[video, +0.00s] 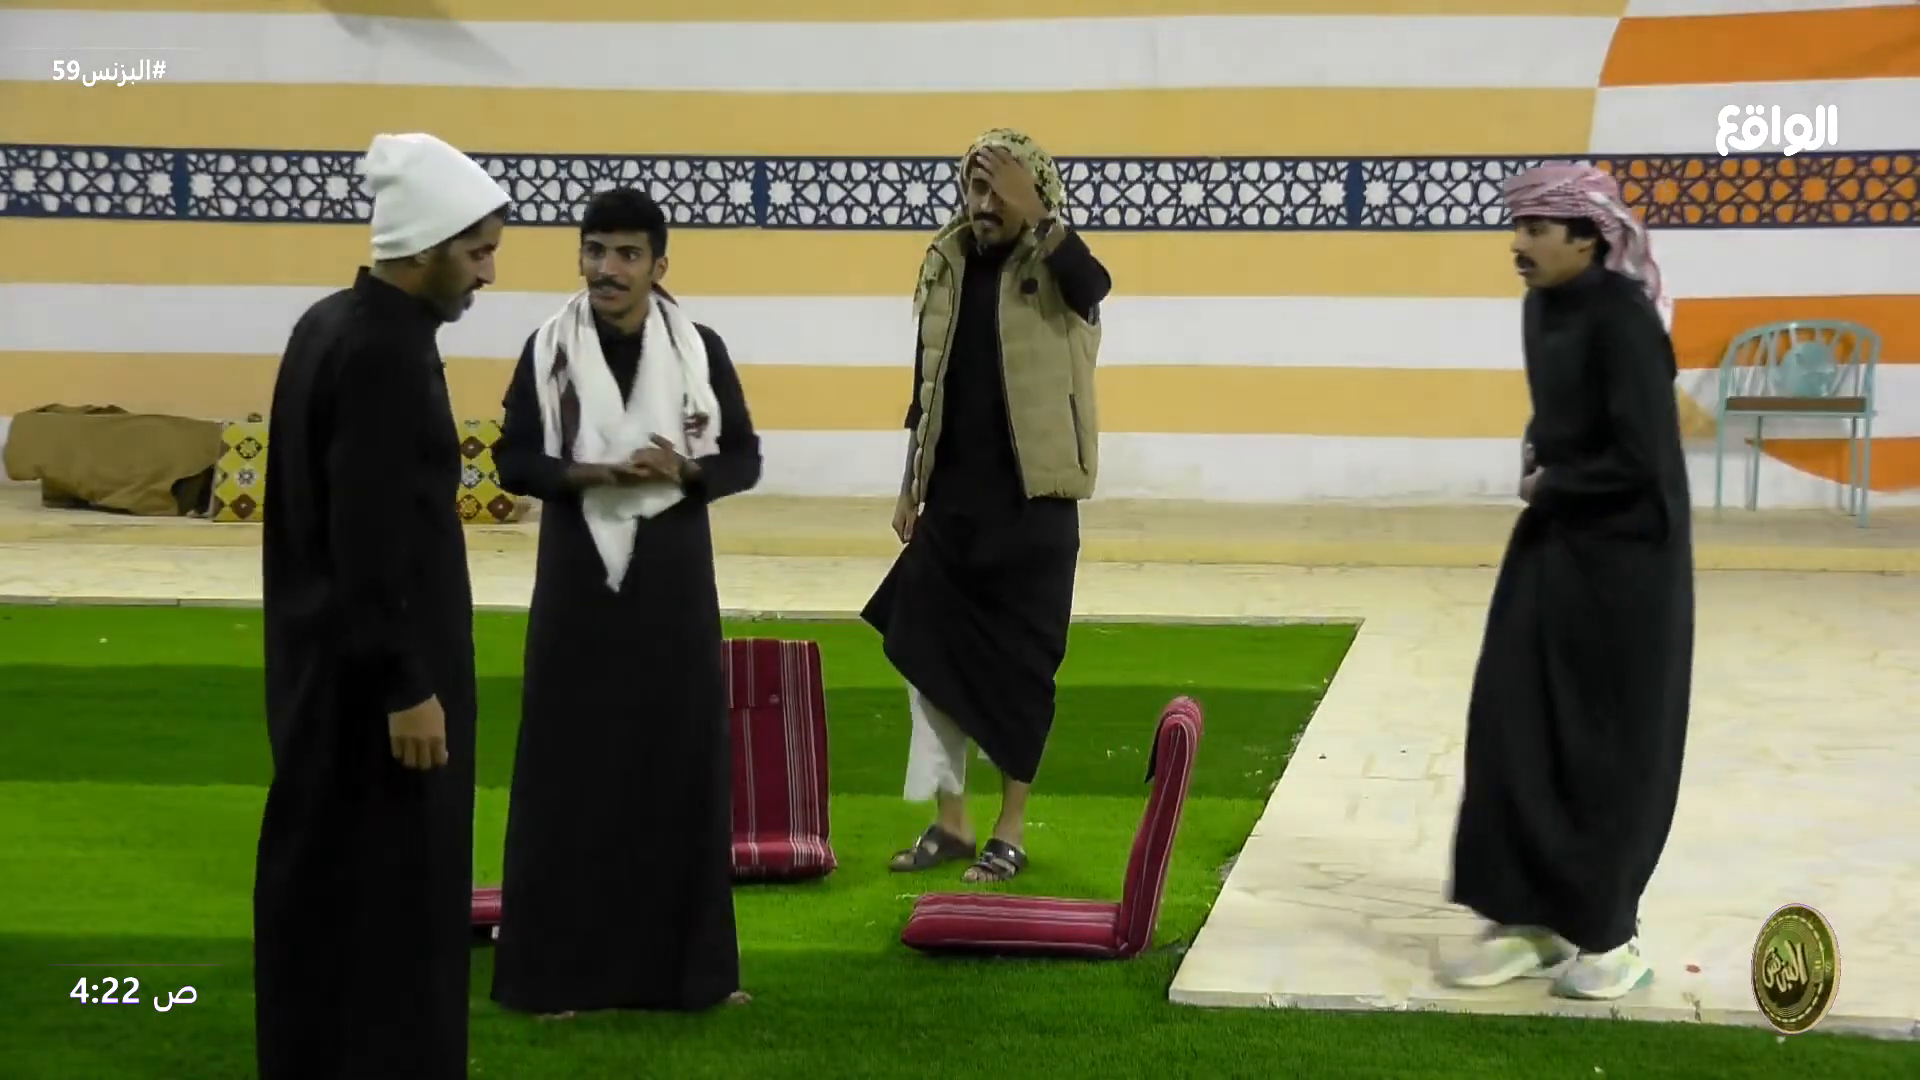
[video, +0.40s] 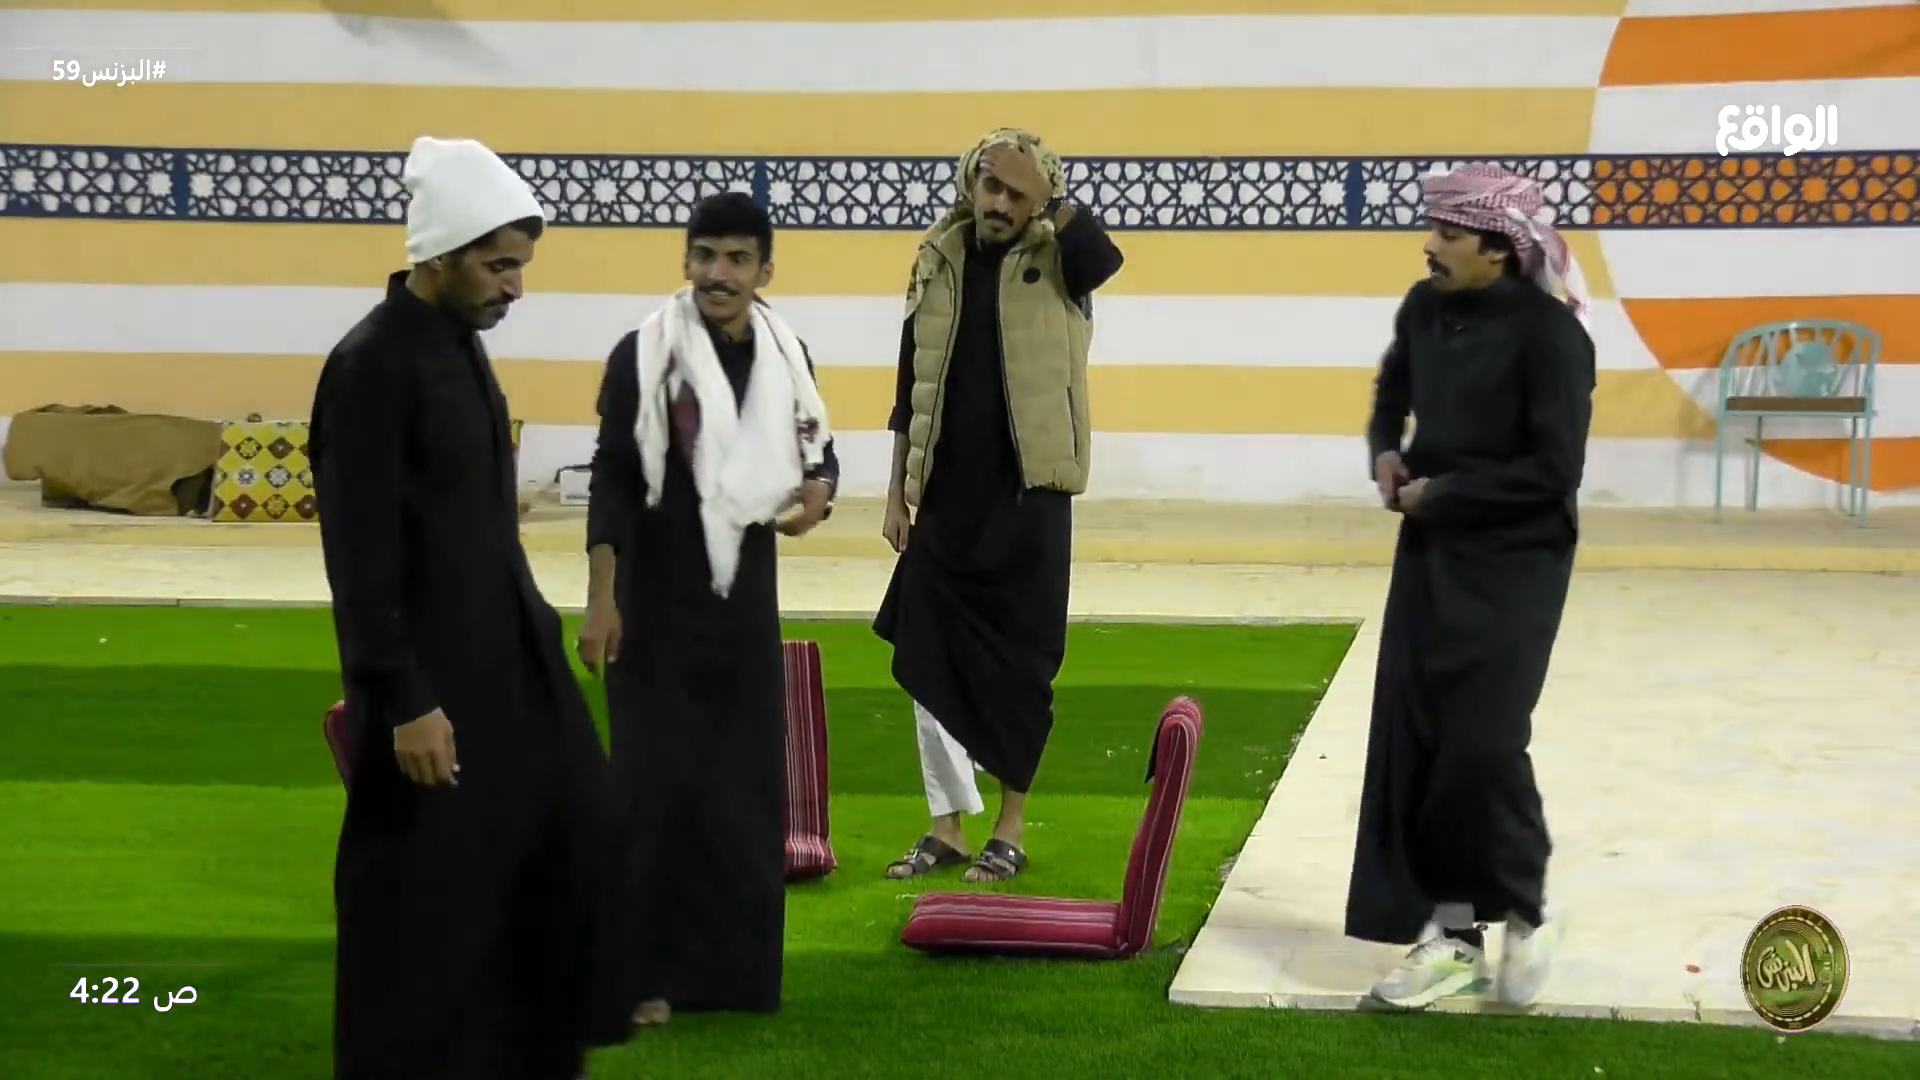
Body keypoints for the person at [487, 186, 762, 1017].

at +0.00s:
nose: (609, 267)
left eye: (627, 254)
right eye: (596, 251)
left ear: (658, 262)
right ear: (581, 257)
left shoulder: (697, 346)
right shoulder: (551, 345)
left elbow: (746, 459)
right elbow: (517, 465)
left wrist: (687, 472)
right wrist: (602, 470)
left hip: (672, 592)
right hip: (576, 590)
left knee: (680, 767)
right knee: (571, 769)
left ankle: (693, 970)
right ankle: (562, 976)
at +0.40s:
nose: (721, 273)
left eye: (739, 259)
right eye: (706, 256)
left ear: (764, 268)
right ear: (685, 261)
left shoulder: (783, 351)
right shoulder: (643, 350)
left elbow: (817, 449)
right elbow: (612, 474)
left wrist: (817, 492)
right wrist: (601, 595)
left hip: (745, 599)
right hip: (655, 599)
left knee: (743, 781)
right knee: (652, 782)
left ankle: (736, 972)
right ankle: (648, 980)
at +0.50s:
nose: (750, 279)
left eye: (767, 265)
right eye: (733, 263)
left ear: (786, 272)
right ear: (705, 266)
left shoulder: (796, 353)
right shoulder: (658, 354)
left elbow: (824, 443)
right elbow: (615, 473)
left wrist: (835, 492)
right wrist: (593, 588)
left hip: (757, 600)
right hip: (671, 602)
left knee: (753, 779)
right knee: (680, 781)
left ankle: (742, 972)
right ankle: (685, 983)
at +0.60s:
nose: (792, 297)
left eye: (803, 284)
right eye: (776, 282)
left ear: (813, 281)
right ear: (734, 274)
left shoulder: (812, 360)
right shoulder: (681, 364)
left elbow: (843, 452)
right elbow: (627, 474)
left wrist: (862, 506)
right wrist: (597, 585)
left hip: (775, 616)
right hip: (694, 617)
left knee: (762, 796)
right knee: (723, 795)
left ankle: (705, 972)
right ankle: (751, 995)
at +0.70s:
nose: (809, 309)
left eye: (820, 294)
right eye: (792, 293)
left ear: (832, 291)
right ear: (749, 284)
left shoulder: (827, 372)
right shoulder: (694, 375)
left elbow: (860, 465)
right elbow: (638, 486)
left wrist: (882, 518)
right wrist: (599, 580)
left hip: (792, 621)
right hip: (713, 621)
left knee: (763, 799)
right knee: (748, 797)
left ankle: (701, 963)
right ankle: (787, 1001)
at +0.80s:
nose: (830, 322)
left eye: (841, 307)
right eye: (813, 308)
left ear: (852, 300)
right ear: (768, 297)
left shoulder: (850, 380)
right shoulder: (717, 390)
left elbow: (882, 480)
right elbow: (656, 520)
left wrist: (909, 538)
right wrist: (653, 652)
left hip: (817, 628)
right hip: (740, 632)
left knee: (782, 803)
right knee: (778, 805)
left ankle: (714, 949)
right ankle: (802, 1014)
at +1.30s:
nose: (922, 347)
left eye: (934, 331)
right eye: (904, 330)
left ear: (943, 324)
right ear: (854, 314)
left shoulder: (942, 410)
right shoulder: (796, 406)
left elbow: (972, 548)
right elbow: (754, 538)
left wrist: (967, 666)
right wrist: (809, 628)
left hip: (922, 674)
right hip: (813, 676)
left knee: (931, 860)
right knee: (799, 851)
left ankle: (946, 1045)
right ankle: (774, 1016)